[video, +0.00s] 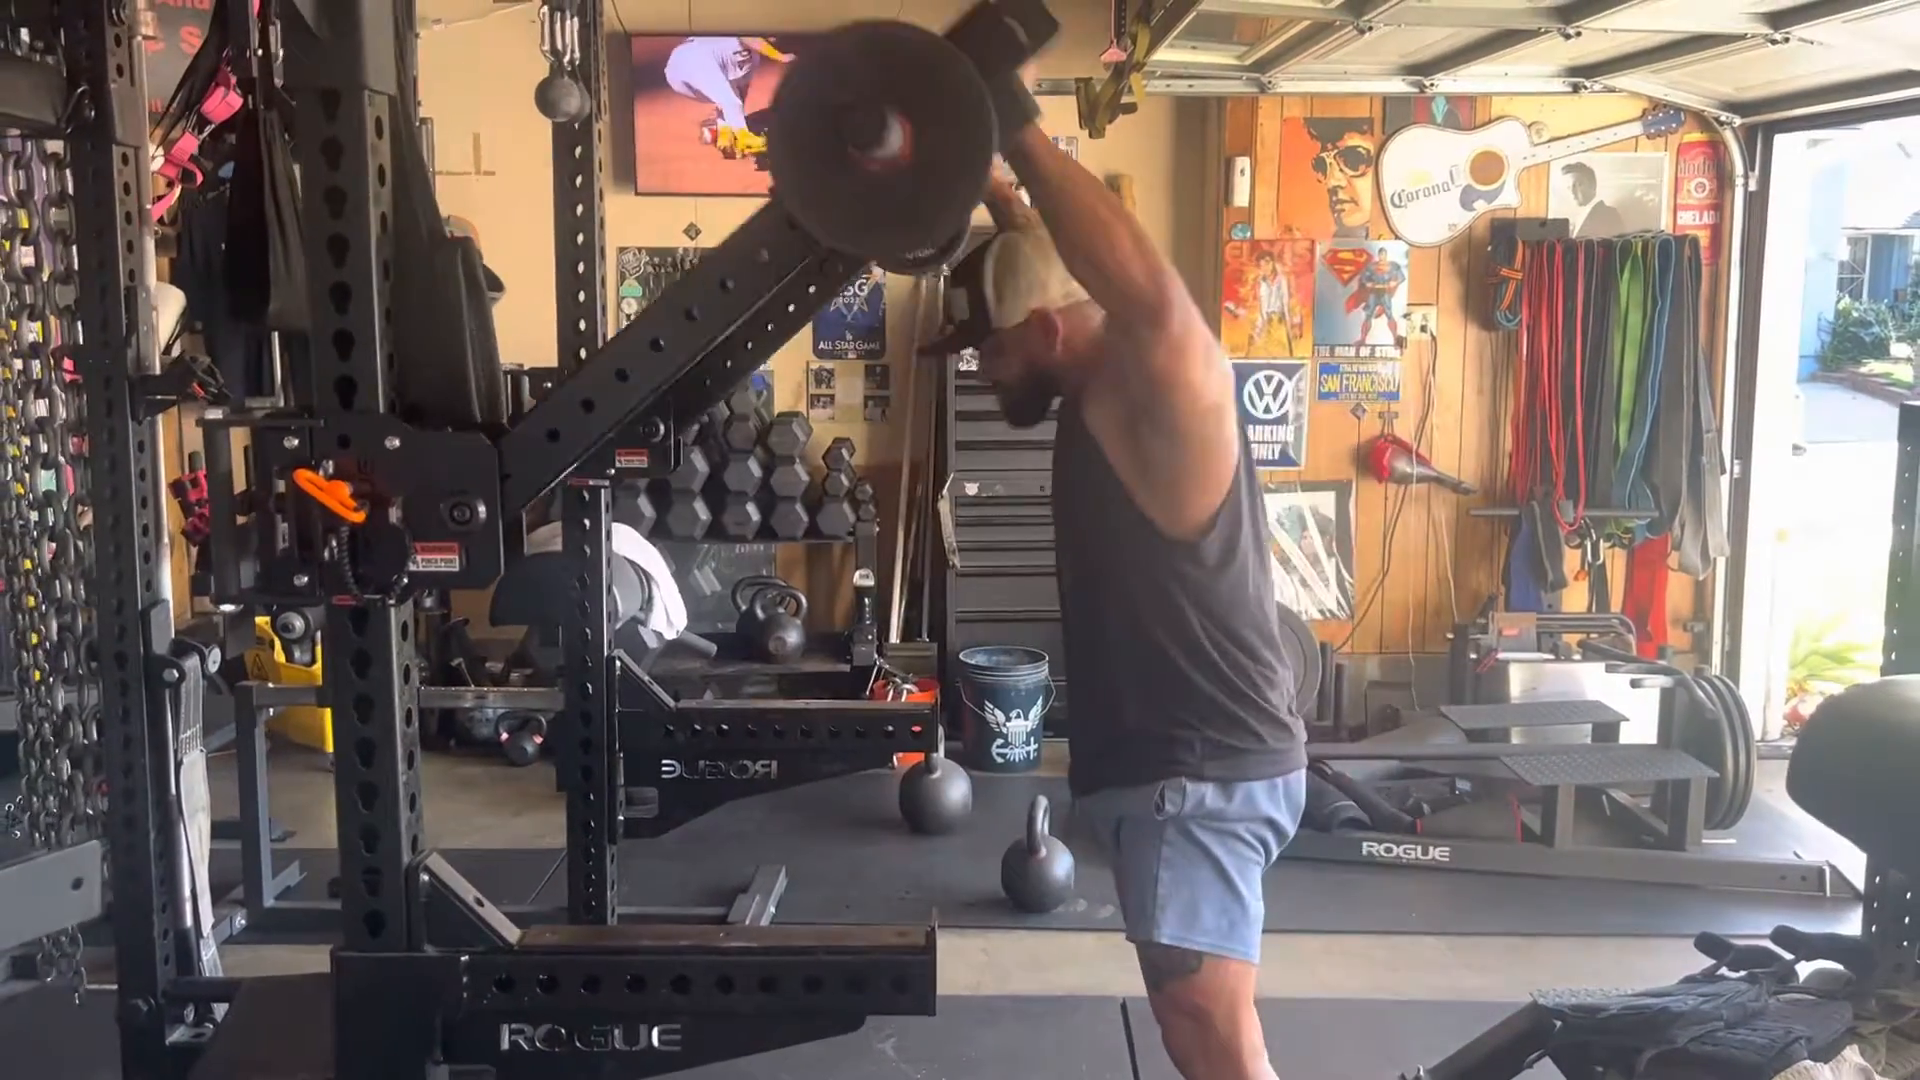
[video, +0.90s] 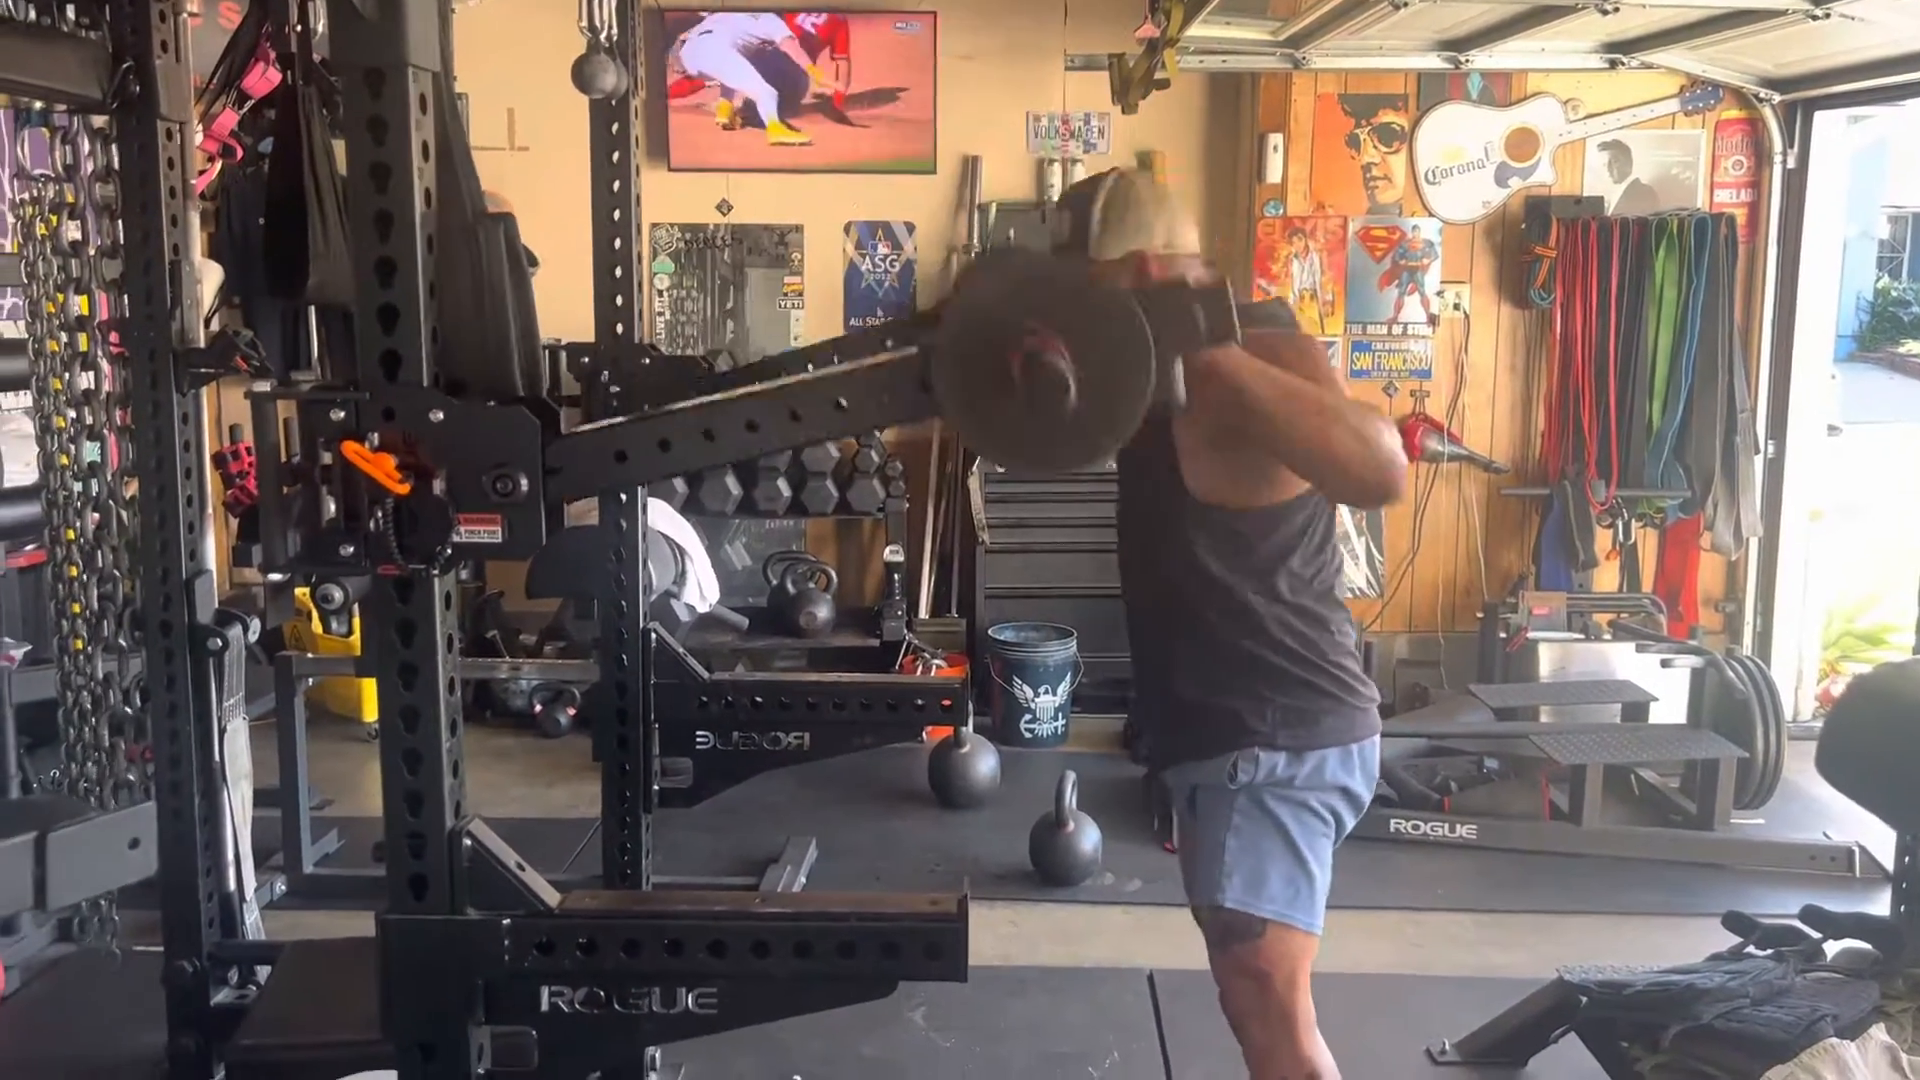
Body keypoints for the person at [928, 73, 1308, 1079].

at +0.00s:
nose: (985, 373)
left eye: (989, 346)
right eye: (980, 352)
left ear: (1046, 317)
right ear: (1051, 319)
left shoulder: (1156, 358)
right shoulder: (1110, 377)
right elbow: (1060, 276)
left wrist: (1012, 123)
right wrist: (998, 191)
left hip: (1200, 774)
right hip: (1175, 768)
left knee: (1209, 1031)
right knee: (1206, 1020)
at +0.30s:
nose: (952, 424)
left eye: (942, 401)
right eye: (942, 412)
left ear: (970, 359)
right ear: (982, 363)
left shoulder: (1087, 375)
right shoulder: (1072, 402)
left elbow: (983, 205)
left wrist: (880, 26)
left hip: (1203, 766)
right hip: (1170, 759)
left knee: (1220, 1030)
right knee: (1209, 1017)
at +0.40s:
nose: (968, 391)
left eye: (967, 370)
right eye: (960, 377)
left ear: (1003, 344)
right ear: (1003, 350)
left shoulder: (1105, 370)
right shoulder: (1092, 398)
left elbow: (1009, 212)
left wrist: (898, 30)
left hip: (1197, 769)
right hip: (1187, 760)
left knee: (1218, 1030)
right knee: (1207, 1014)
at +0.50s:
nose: (966, 377)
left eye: (974, 350)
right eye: (962, 356)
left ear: (1028, 331)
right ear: (1033, 330)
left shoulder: (1132, 374)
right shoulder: (1087, 400)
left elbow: (1047, 215)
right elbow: (1023, 211)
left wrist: (927, 34)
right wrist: (921, 86)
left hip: (1206, 767)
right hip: (1164, 762)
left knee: (1217, 1025)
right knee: (1206, 1014)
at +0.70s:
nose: (1011, 331)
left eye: (1022, 303)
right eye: (1009, 307)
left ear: (1088, 293)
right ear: (1094, 291)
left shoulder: (1185, 344)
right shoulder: (1136, 362)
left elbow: (1198, 285)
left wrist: (1076, 115)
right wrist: (1045, 173)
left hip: (1234, 750)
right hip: (1205, 743)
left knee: (1246, 1023)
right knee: (1239, 1013)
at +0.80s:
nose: (1060, 340)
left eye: (1061, 317)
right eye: (1044, 321)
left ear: (1094, 289)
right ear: (1115, 268)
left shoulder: (1199, 362)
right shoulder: (1148, 362)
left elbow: (1298, 388)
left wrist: (1162, 218)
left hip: (1249, 751)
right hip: (1212, 744)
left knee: (1260, 1022)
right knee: (1251, 1011)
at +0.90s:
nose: (1136, 303)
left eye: (1141, 279)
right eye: (1119, 287)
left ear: (1173, 265)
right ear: (1102, 290)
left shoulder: (1258, 337)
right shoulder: (1149, 369)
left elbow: (1382, 472)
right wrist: (1049, 376)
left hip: (1277, 740)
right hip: (1223, 736)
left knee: (1267, 1004)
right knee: (1258, 996)